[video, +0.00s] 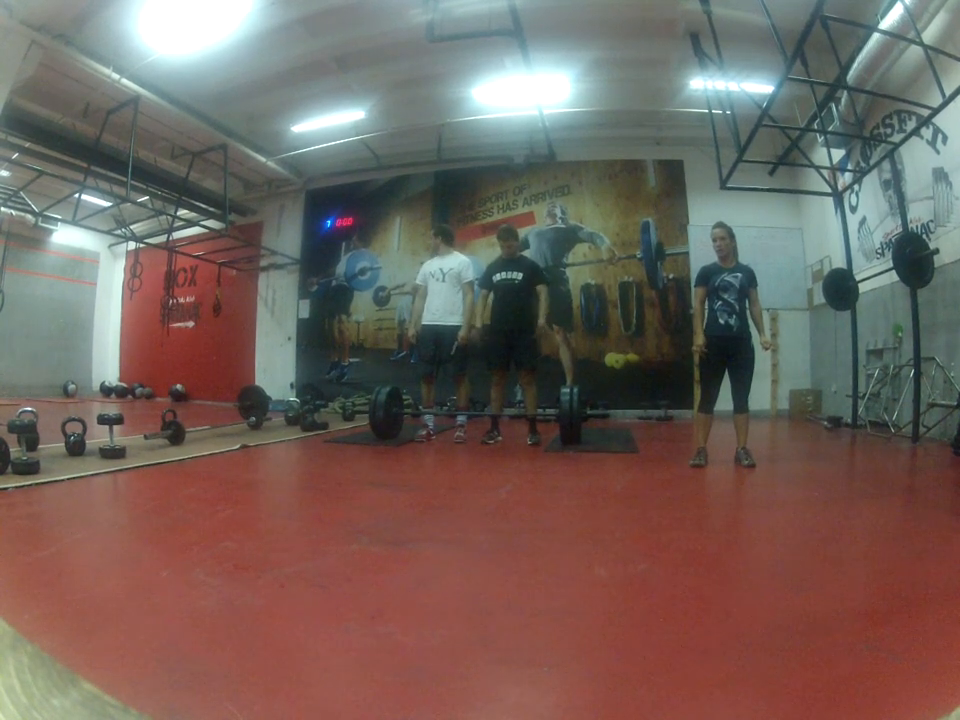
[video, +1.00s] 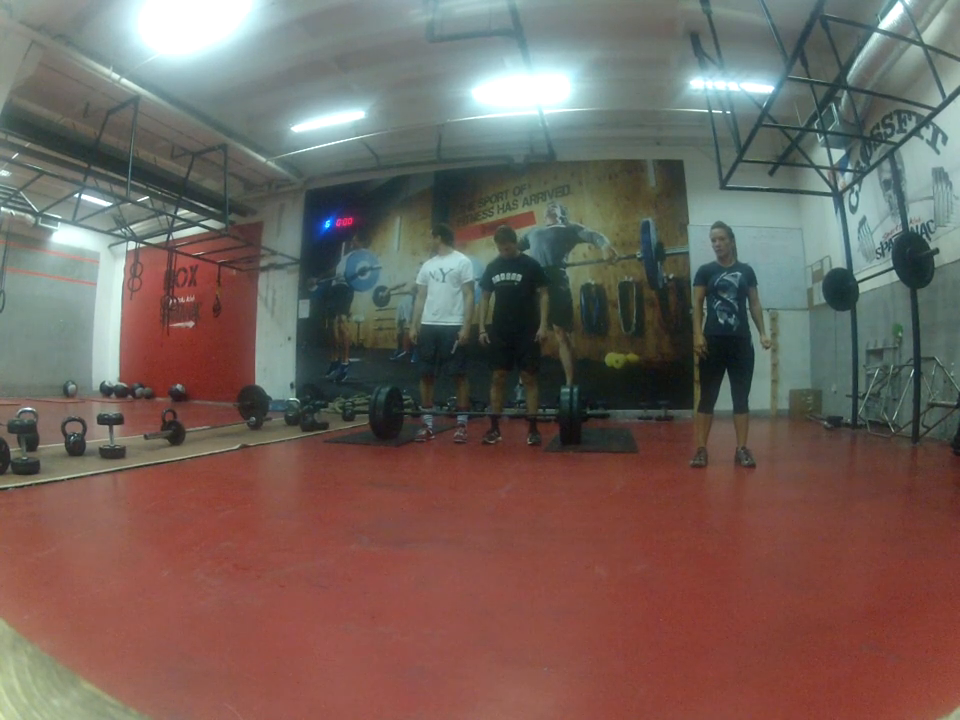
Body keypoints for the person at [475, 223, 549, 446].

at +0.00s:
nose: (508, 249)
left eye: (511, 244)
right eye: (504, 245)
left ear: (518, 243)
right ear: (499, 245)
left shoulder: (531, 266)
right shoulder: (493, 267)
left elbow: (543, 294)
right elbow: (482, 297)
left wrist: (542, 320)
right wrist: (479, 324)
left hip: (525, 329)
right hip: (498, 329)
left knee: (527, 377)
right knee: (497, 377)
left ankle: (532, 428)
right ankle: (494, 428)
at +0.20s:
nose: (508, 248)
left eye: (511, 244)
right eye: (504, 244)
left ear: (518, 243)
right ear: (499, 244)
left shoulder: (531, 266)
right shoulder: (493, 267)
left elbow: (540, 297)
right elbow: (484, 298)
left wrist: (544, 319)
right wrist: (477, 323)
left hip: (525, 329)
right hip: (498, 329)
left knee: (527, 377)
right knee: (498, 377)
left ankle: (532, 429)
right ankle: (494, 428)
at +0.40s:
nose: (508, 248)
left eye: (511, 244)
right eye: (504, 244)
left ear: (518, 243)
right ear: (498, 244)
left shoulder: (532, 266)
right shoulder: (492, 267)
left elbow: (546, 291)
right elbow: (483, 297)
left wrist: (542, 316)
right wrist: (479, 320)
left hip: (525, 329)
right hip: (499, 330)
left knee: (527, 378)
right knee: (498, 378)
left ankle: (533, 429)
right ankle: (494, 427)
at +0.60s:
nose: (507, 250)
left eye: (510, 245)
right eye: (503, 246)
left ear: (518, 243)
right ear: (498, 244)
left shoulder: (532, 266)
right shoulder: (493, 267)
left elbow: (545, 296)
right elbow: (484, 298)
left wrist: (546, 325)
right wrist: (479, 324)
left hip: (526, 330)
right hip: (500, 330)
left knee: (528, 378)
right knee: (498, 378)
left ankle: (533, 428)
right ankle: (494, 428)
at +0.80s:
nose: (508, 251)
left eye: (511, 247)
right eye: (504, 247)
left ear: (519, 244)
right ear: (499, 245)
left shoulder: (533, 265)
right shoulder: (495, 266)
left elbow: (548, 293)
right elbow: (485, 296)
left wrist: (547, 323)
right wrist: (480, 325)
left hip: (528, 329)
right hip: (501, 329)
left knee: (530, 377)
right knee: (497, 376)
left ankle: (533, 429)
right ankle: (494, 428)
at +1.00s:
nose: (504, 252)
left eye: (507, 248)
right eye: (500, 248)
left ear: (515, 243)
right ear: (496, 246)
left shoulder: (531, 265)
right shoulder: (493, 266)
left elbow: (543, 295)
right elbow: (484, 298)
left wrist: (543, 326)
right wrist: (482, 327)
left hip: (527, 330)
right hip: (501, 329)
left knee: (529, 377)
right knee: (498, 377)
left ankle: (533, 428)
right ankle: (494, 428)